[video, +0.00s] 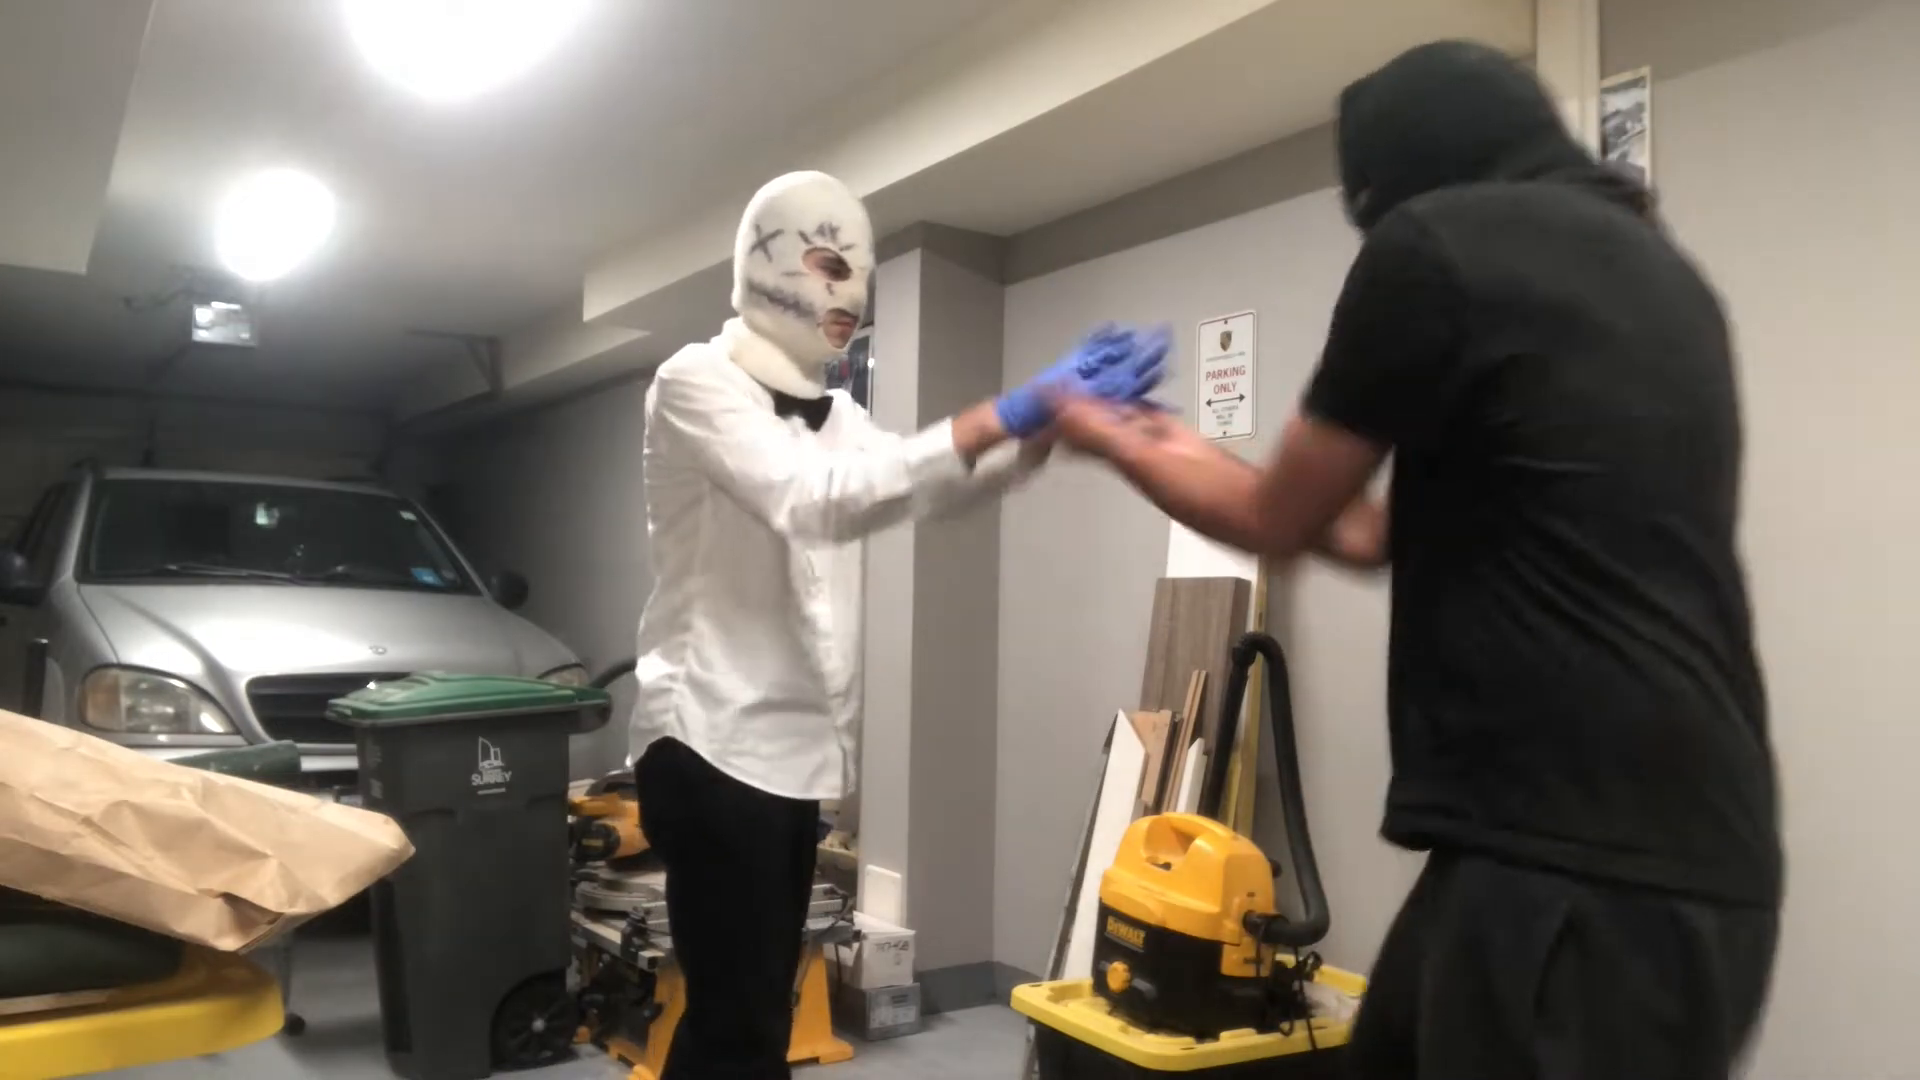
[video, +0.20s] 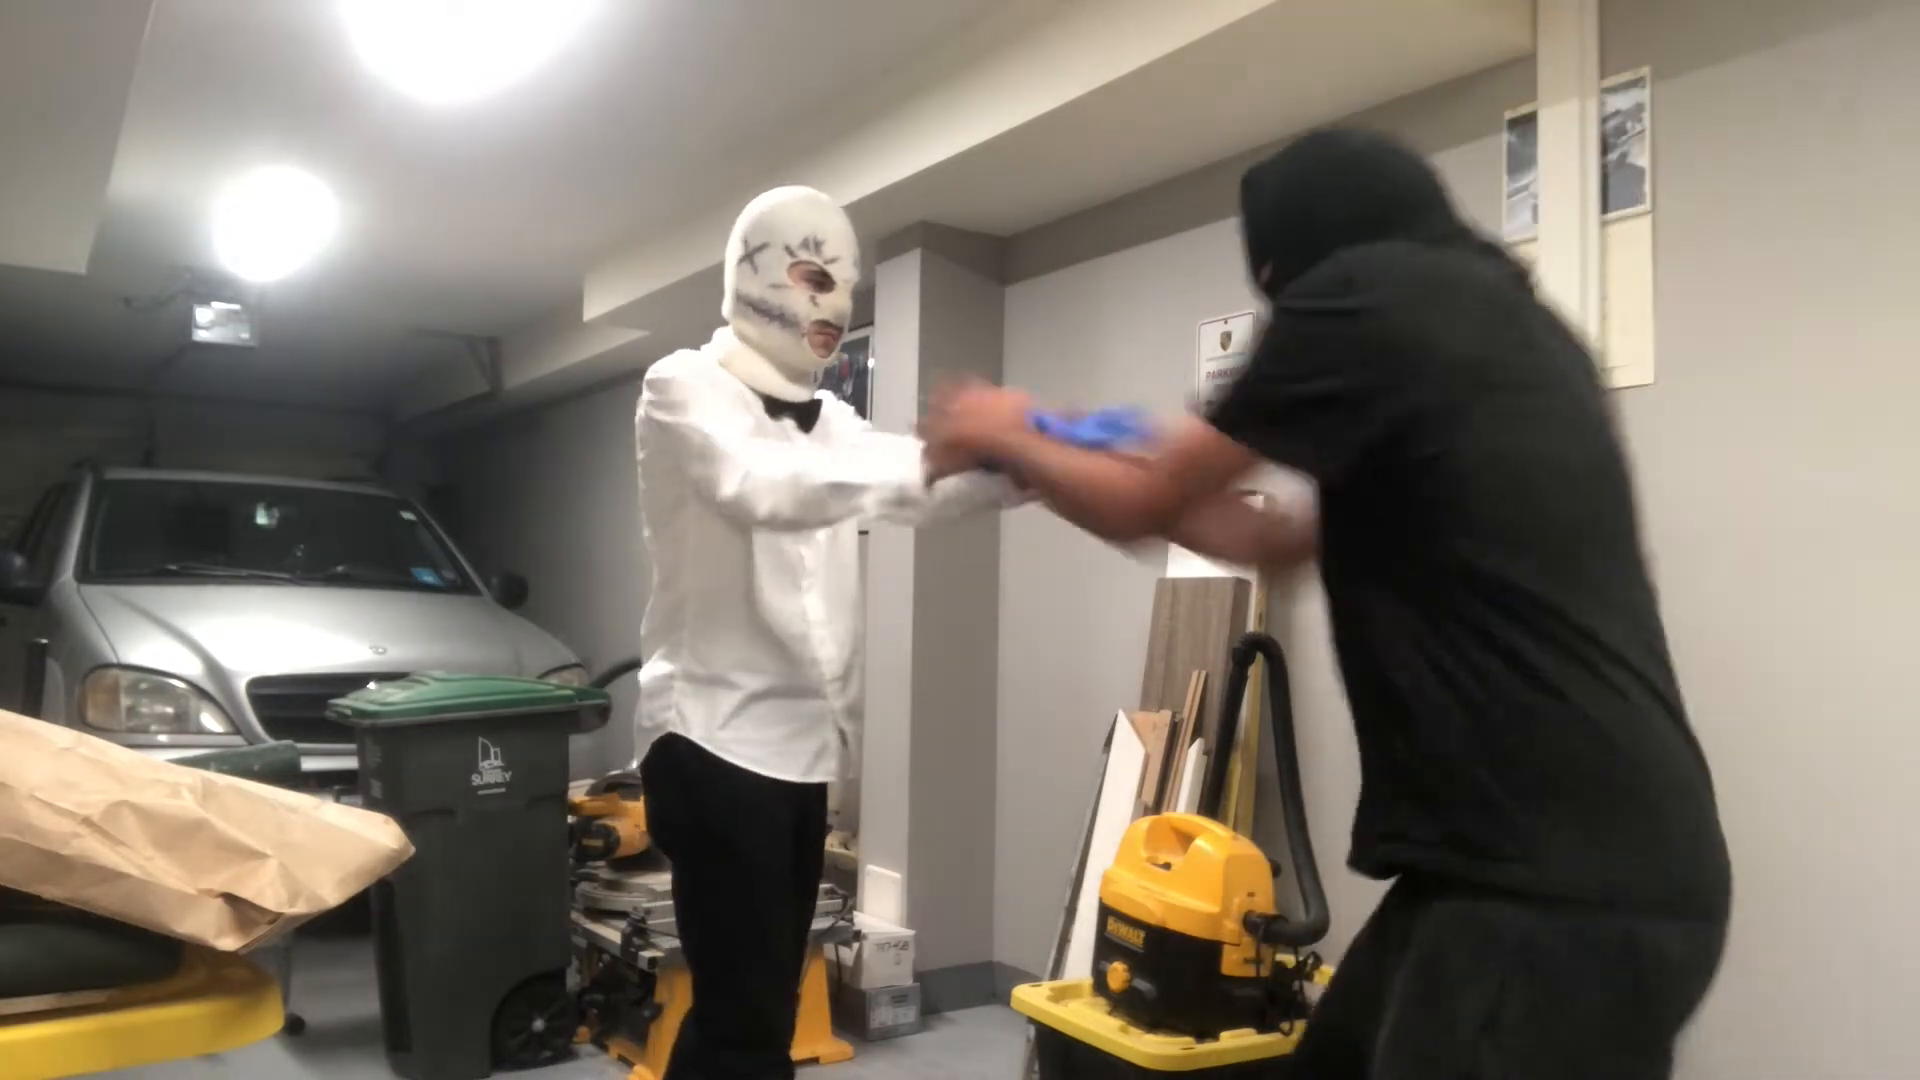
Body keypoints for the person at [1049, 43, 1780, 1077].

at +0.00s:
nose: (1363, 220)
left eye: (1365, 194)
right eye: (1359, 198)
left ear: (1401, 160)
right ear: (1526, 130)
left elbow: (1269, 516)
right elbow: (1377, 535)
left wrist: (1102, 435)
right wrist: (1199, 453)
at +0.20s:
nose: (1272, 301)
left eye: (1272, 272)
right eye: (1268, 280)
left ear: (1309, 238)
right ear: (1406, 213)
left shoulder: (1368, 303)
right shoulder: (1513, 326)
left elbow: (1135, 500)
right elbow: (1288, 539)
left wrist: (1001, 436)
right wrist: (1155, 473)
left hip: (1539, 894)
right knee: (1331, 1058)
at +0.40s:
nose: (1269, 344)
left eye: (1268, 318)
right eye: (1261, 323)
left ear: (1312, 282)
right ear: (1404, 247)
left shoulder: (1382, 345)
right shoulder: (1544, 368)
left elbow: (1168, 540)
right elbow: (1390, 592)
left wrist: (1043, 615)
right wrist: (1200, 574)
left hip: (1426, 905)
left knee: (1259, 1057)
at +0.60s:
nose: (1265, 351)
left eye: (1265, 314)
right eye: (1256, 320)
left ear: (1319, 286)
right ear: (1397, 254)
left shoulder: (1415, 385)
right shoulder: (1540, 377)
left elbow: (1282, 696)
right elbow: (1424, 639)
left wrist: (1111, 730)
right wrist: (1226, 611)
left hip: (1352, 918)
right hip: (1453, 911)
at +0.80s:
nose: (1211, 264)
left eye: (1215, 230)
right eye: (1206, 235)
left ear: (1265, 212)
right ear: (1352, 181)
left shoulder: (1359, 300)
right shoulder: (1467, 282)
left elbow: (1157, 572)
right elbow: (1330, 520)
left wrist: (1065, 539)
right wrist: (1164, 464)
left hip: (1497, 857)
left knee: (1363, 1056)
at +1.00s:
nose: (1251, 242)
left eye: (1250, 203)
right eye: (1241, 211)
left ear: (1309, 171)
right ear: (1347, 162)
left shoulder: (1464, 242)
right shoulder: (1424, 276)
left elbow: (1352, 567)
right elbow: (1225, 363)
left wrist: (1248, 599)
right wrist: (1036, 328)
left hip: (1581, 822)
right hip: (1496, 813)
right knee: (1423, 1057)